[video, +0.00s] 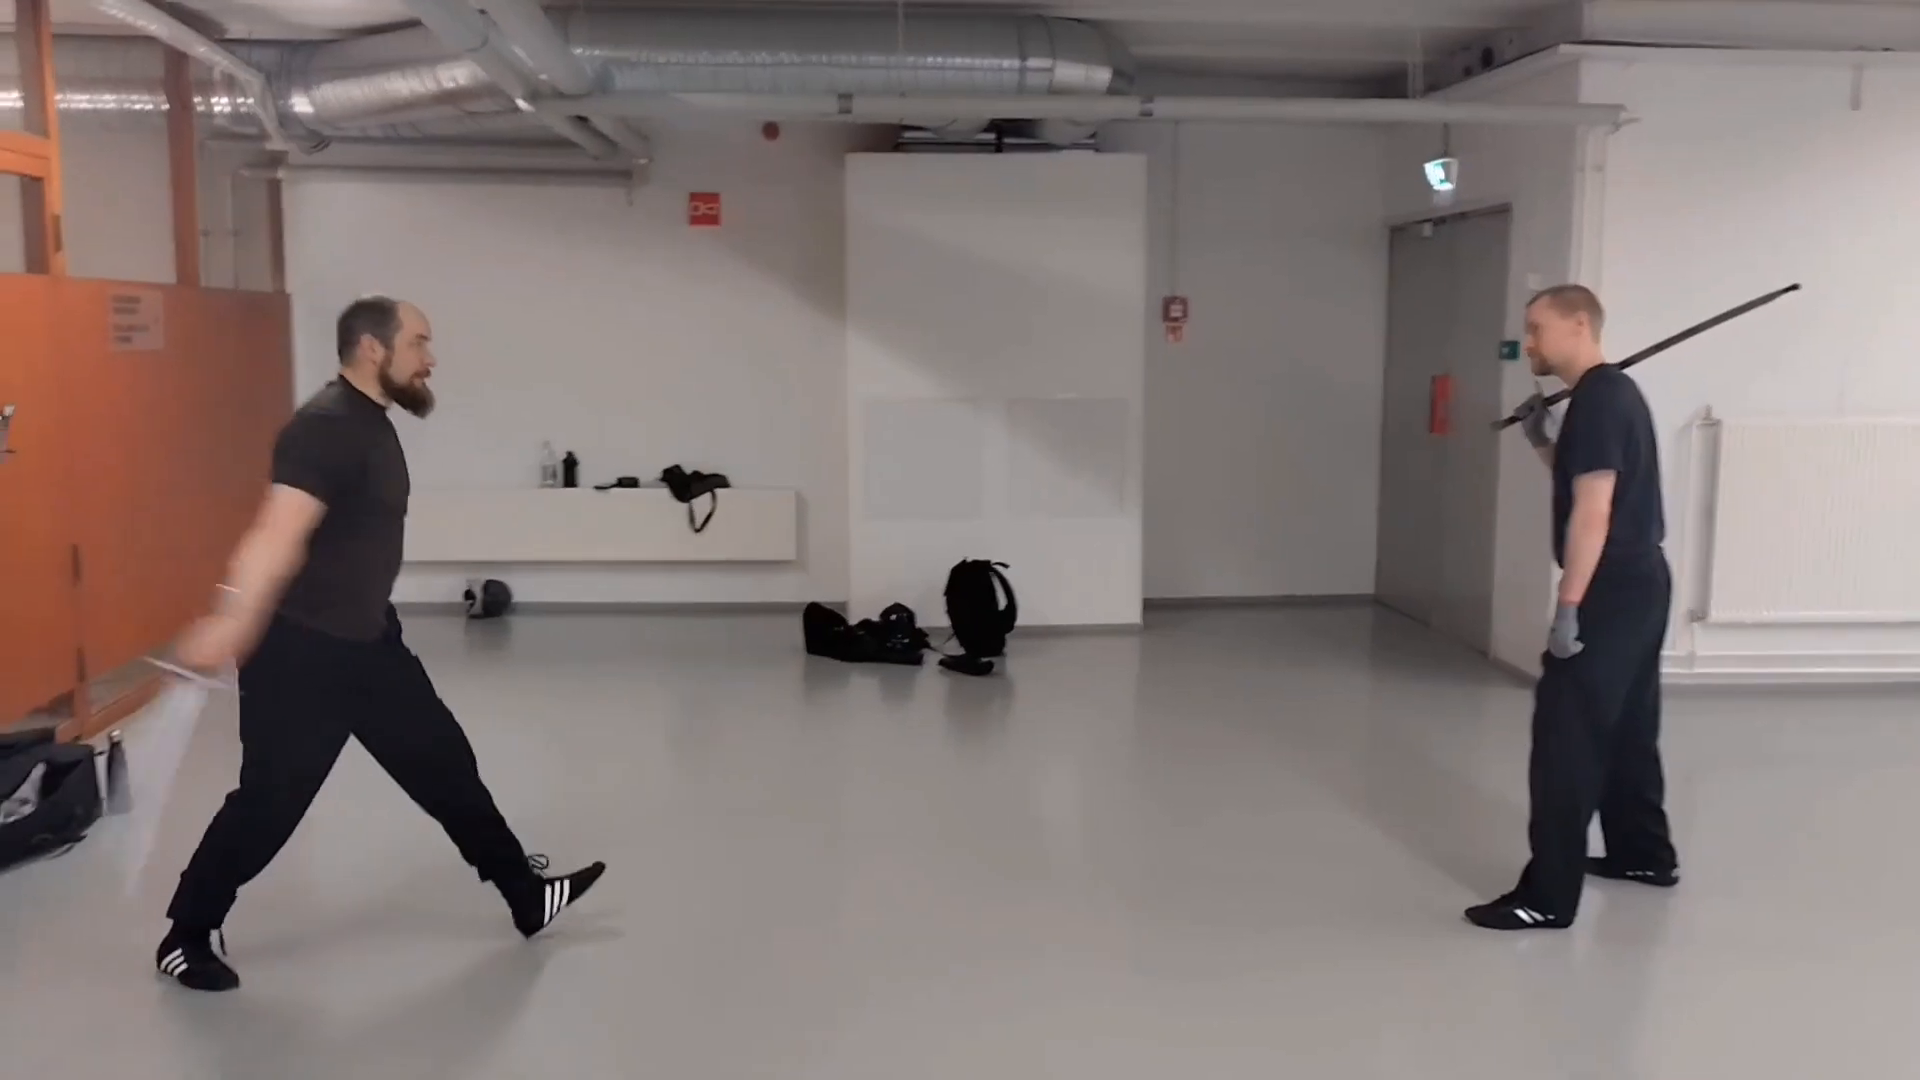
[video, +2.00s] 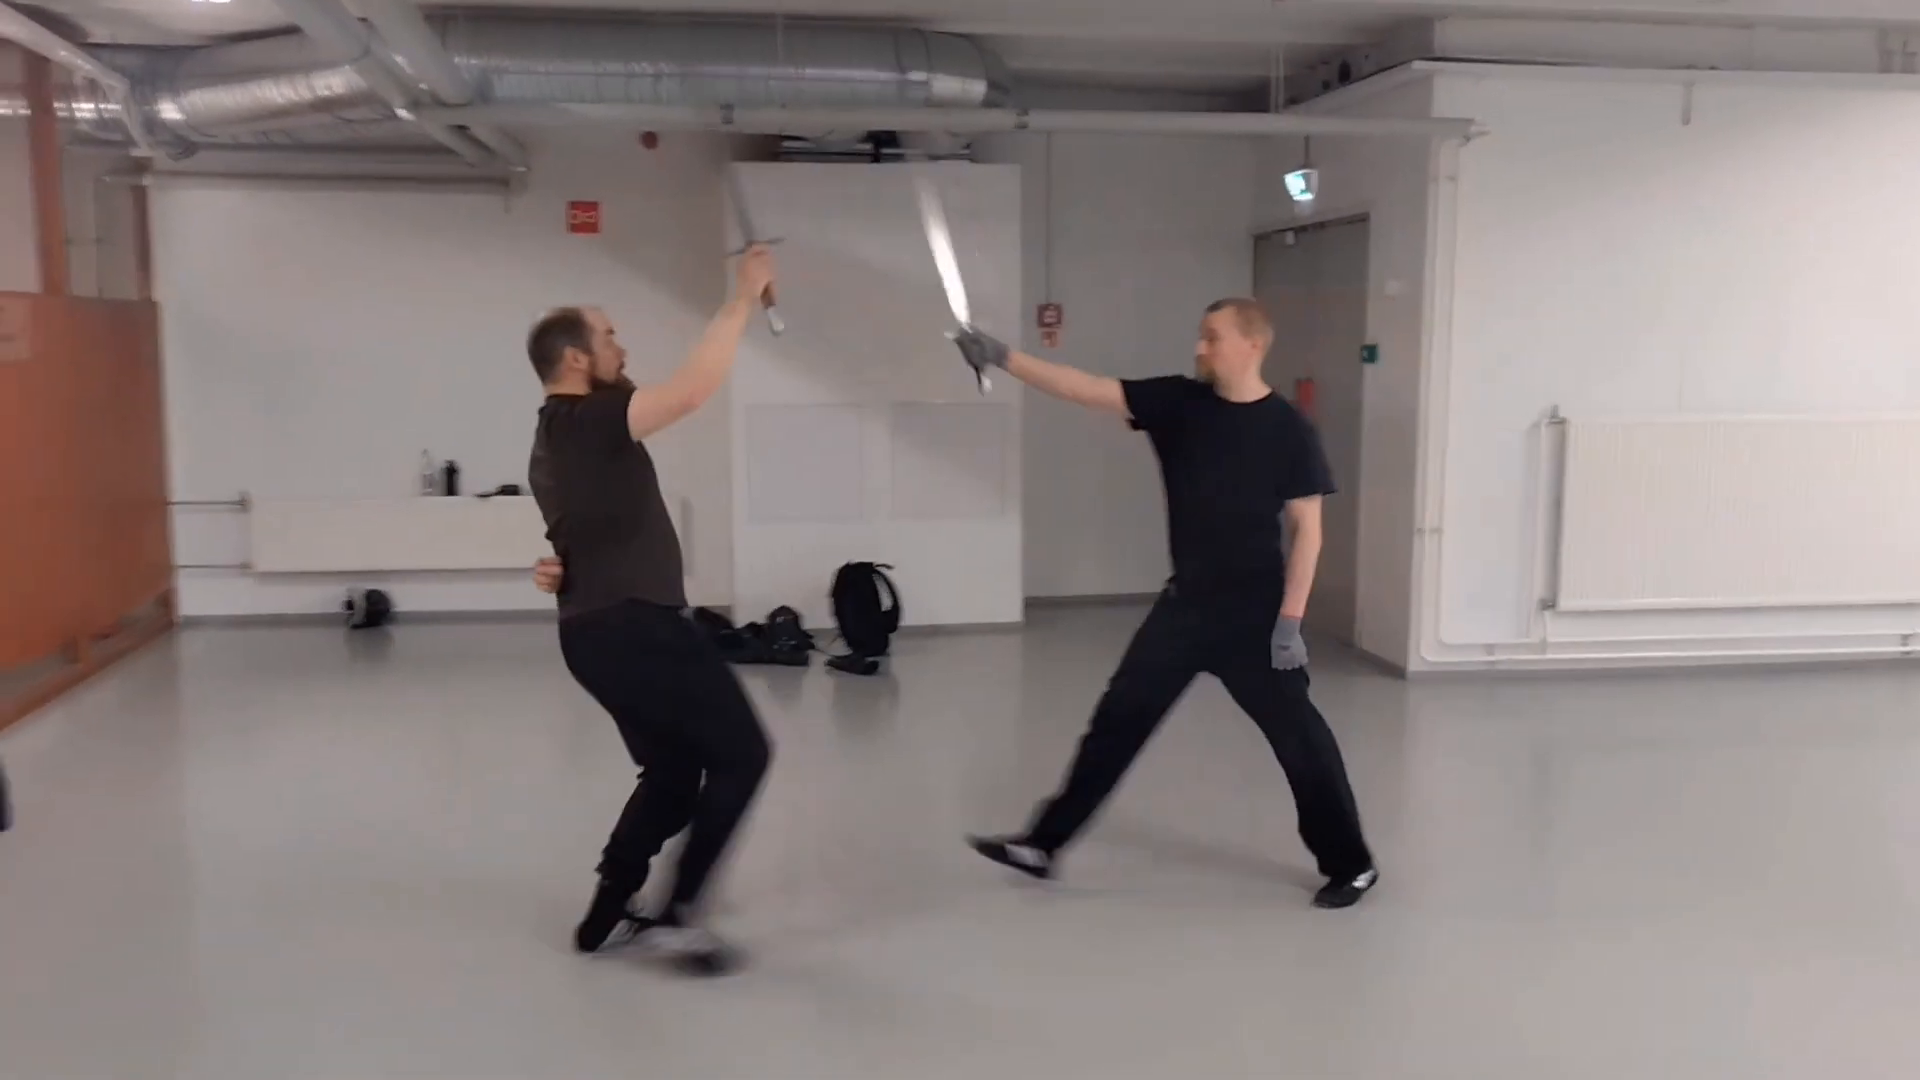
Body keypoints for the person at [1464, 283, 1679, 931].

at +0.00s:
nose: (1527, 344)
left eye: (1535, 330)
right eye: (1527, 332)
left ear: (1577, 328)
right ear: (1582, 329)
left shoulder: (1597, 398)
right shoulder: (1614, 392)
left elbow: (1594, 507)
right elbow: (1586, 485)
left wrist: (1566, 607)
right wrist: (1542, 437)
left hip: (1607, 594)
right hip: (1636, 588)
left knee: (1563, 736)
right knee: (1627, 726)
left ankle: (1548, 896)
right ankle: (1642, 852)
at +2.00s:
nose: (1199, 348)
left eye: (1212, 338)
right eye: (1201, 337)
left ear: (1254, 346)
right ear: (1214, 347)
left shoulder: (1287, 429)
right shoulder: (1176, 400)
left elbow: (1307, 530)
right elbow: (1085, 387)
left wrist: (1290, 620)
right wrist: (1001, 356)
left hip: (1255, 614)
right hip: (1185, 606)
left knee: (1300, 741)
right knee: (1120, 718)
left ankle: (1350, 866)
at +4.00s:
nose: (1532, 323)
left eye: (1548, 315)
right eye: (1535, 313)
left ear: (1588, 331)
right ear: (1546, 329)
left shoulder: (1609, 407)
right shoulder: (1527, 398)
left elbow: (1623, 513)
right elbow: (1502, 487)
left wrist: (1584, 601)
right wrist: (1439, 533)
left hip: (1584, 589)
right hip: (1544, 584)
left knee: (1534, 720)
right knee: (1591, 706)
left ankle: (1500, 870)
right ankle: (1669, 803)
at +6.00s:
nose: (1485, 314)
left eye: (1498, 305)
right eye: (1488, 305)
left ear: (1538, 317)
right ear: (1538, 321)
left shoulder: (1538, 383)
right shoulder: (1543, 381)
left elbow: (1533, 483)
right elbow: (1516, 466)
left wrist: (1500, 578)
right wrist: (1480, 423)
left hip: (1540, 567)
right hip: (1563, 561)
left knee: (1490, 708)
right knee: (1555, 694)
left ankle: (1494, 859)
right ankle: (1575, 811)